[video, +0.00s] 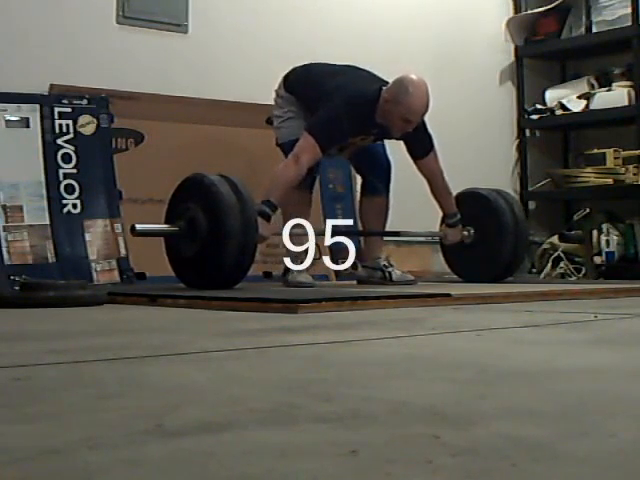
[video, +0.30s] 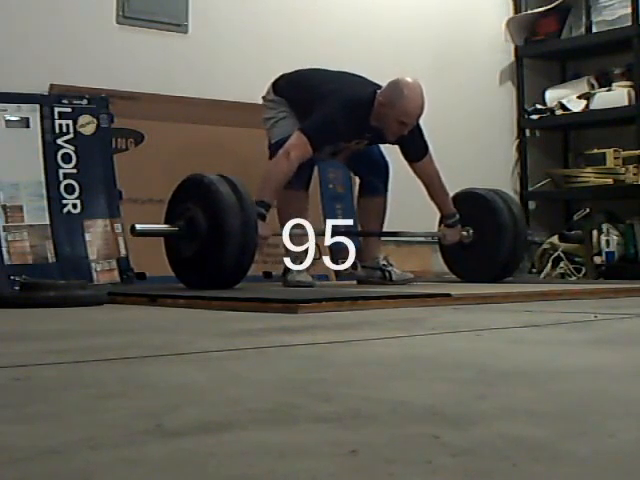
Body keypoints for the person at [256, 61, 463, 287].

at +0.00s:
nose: (410, 130)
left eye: (415, 124)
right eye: (405, 121)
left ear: (422, 115)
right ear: (385, 103)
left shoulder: (409, 117)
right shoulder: (348, 108)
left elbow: (432, 171)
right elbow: (299, 161)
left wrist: (453, 218)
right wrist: (266, 210)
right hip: (296, 102)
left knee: (379, 170)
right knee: (303, 172)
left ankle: (372, 263)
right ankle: (296, 265)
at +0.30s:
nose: (405, 133)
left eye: (411, 126)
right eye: (401, 124)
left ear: (417, 116)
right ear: (380, 105)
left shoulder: (404, 118)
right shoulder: (342, 109)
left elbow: (427, 171)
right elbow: (290, 155)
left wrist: (451, 218)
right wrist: (261, 210)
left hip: (335, 119)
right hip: (286, 104)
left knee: (376, 168)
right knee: (297, 168)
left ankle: (370, 263)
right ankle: (296, 266)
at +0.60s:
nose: (406, 124)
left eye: (411, 118)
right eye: (401, 116)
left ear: (416, 110)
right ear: (380, 102)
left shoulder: (404, 117)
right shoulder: (342, 109)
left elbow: (425, 166)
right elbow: (296, 159)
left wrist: (450, 217)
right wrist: (264, 211)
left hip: (332, 121)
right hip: (285, 108)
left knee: (377, 168)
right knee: (298, 170)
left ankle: (370, 261)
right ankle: (296, 266)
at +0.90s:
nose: (405, 121)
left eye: (410, 114)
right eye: (401, 112)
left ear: (416, 108)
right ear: (379, 98)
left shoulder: (404, 120)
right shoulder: (341, 108)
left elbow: (426, 169)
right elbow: (298, 160)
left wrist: (448, 217)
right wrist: (265, 210)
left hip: (333, 125)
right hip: (284, 112)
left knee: (378, 168)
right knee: (298, 169)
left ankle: (371, 263)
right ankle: (296, 265)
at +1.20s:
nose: (405, 120)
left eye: (411, 113)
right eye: (401, 111)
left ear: (416, 107)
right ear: (380, 96)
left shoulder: (405, 120)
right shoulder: (340, 108)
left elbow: (425, 170)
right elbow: (296, 161)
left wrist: (446, 217)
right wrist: (262, 213)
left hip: (331, 125)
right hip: (283, 111)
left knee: (376, 168)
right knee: (298, 167)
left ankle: (372, 263)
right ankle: (296, 266)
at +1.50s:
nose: (406, 121)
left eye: (411, 114)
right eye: (401, 112)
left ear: (416, 107)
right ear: (380, 97)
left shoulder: (404, 121)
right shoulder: (341, 107)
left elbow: (424, 171)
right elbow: (294, 160)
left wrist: (446, 217)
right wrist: (260, 212)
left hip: (329, 126)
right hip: (282, 113)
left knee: (376, 167)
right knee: (297, 169)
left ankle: (371, 263)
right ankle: (296, 266)